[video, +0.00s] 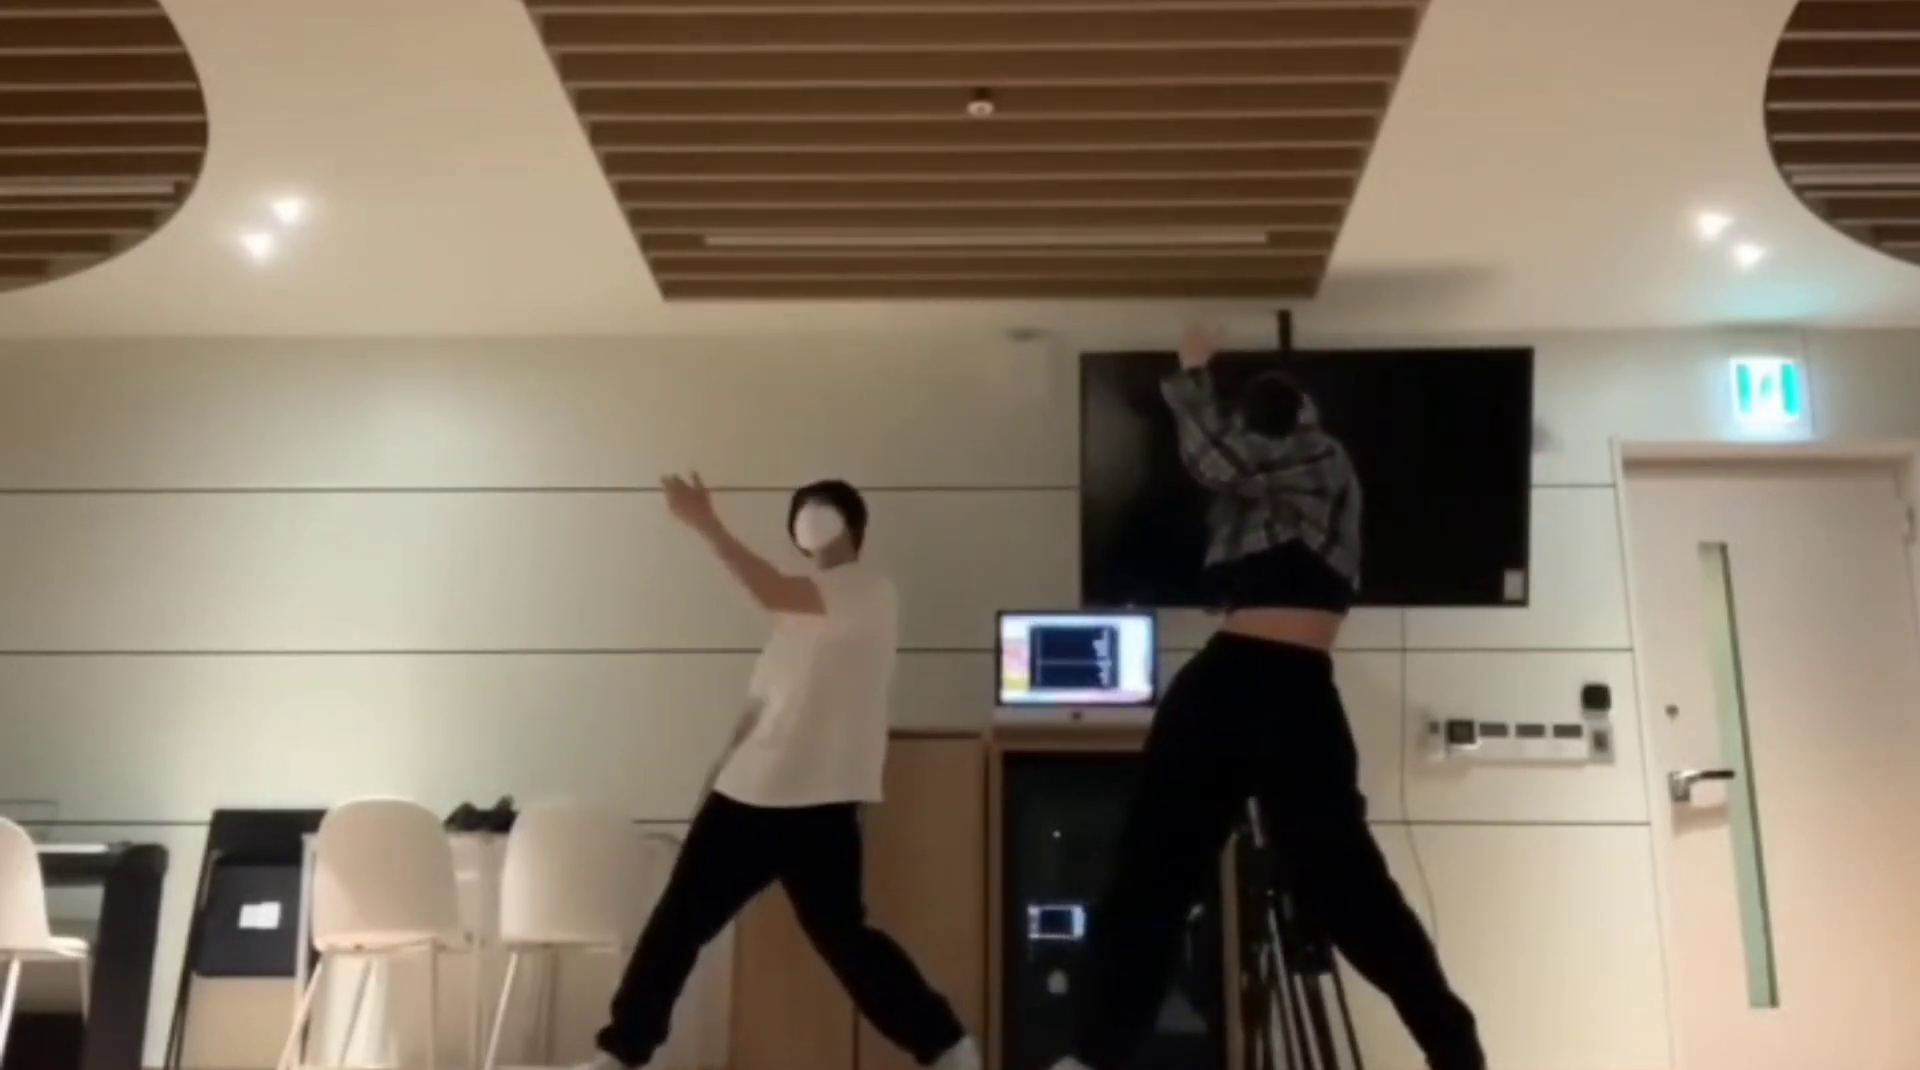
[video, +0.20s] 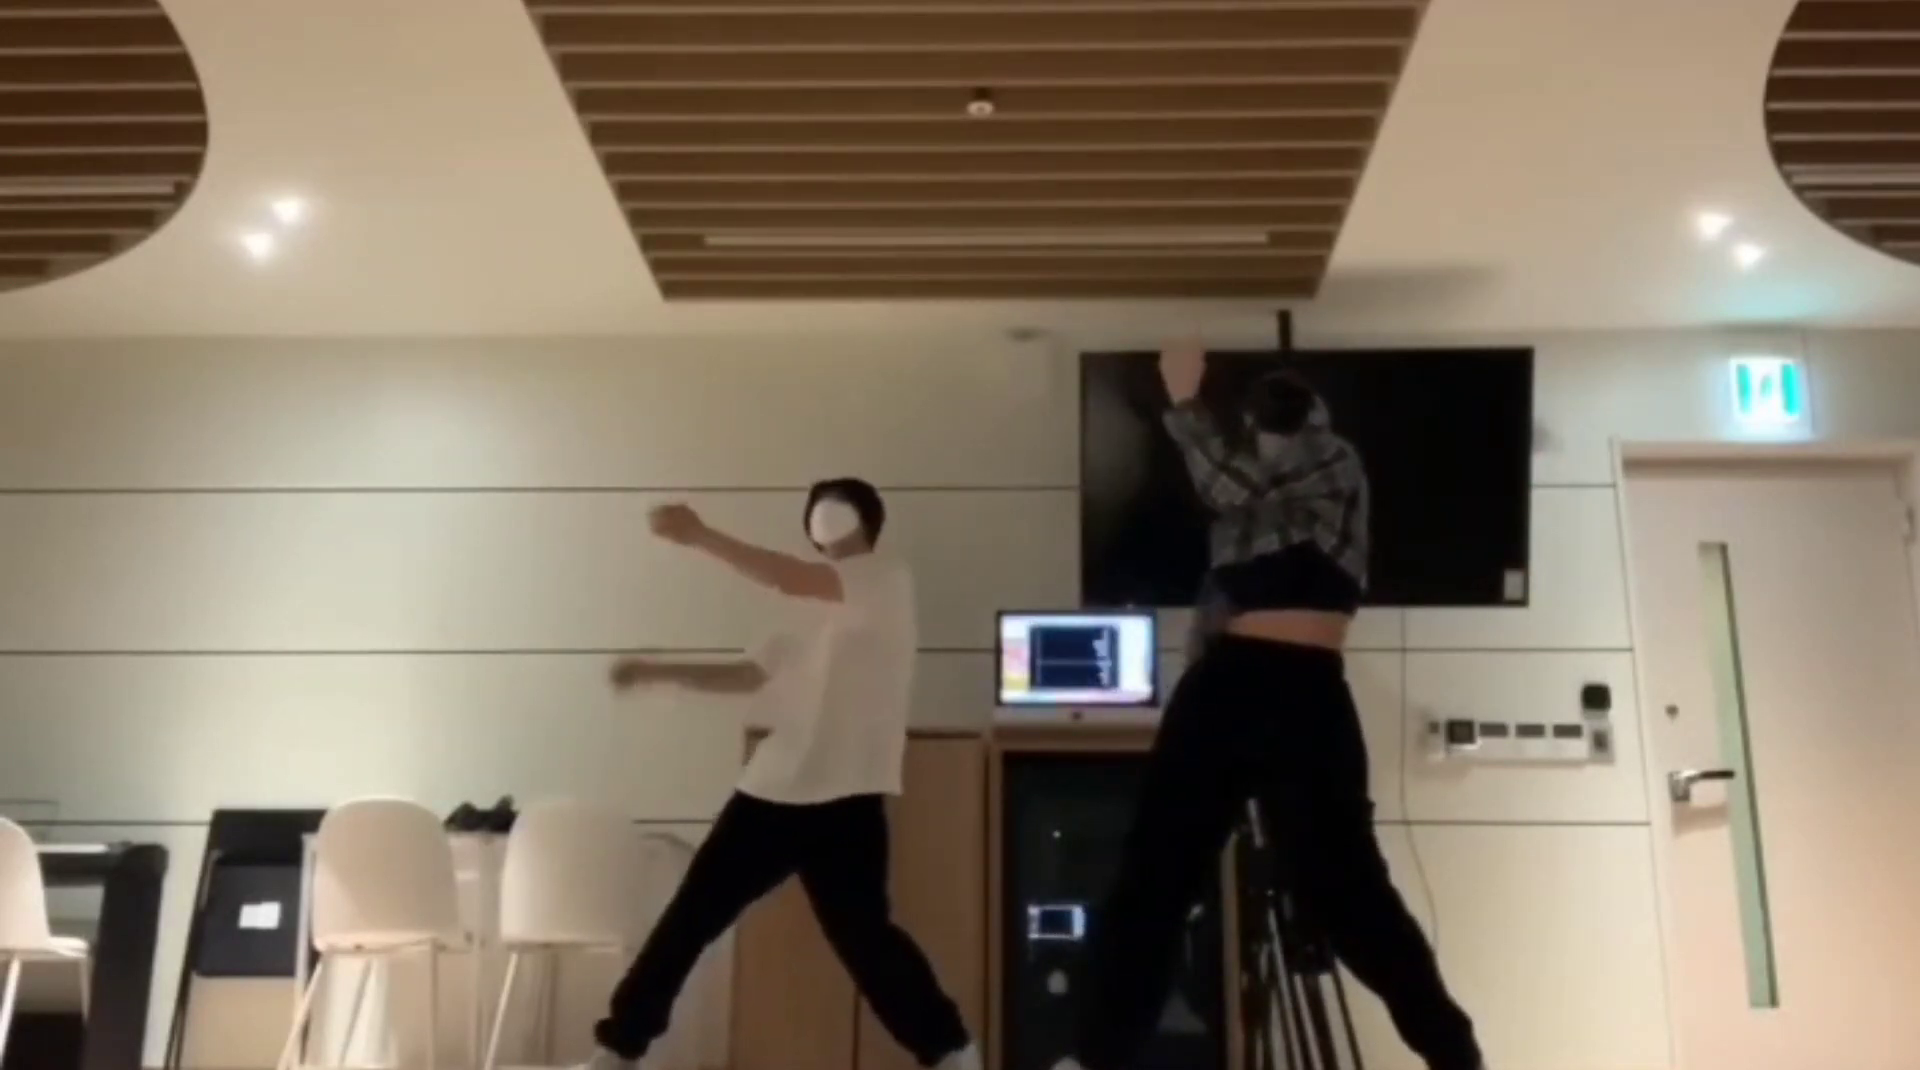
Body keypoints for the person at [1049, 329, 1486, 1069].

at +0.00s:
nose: (1241, 434)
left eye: (1243, 423)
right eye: (1243, 425)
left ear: (1250, 419)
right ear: (1301, 412)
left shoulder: (1261, 462)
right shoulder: (1333, 463)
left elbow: (1212, 460)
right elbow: (1237, 448)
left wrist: (1191, 381)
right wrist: (1208, 389)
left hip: (1232, 677)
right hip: (1303, 683)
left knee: (1156, 863)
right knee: (1342, 874)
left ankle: (1099, 1048)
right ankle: (1453, 1045)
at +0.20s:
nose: (1256, 441)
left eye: (1260, 427)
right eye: (1255, 429)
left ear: (1270, 421)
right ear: (1310, 415)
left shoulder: (1333, 460)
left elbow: (1229, 491)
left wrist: (1185, 405)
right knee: (1347, 888)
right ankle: (1452, 1047)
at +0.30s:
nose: (1264, 402)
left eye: (1267, 391)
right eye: (1266, 392)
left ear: (1281, 388)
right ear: (1329, 380)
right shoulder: (1272, 455)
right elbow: (1280, 557)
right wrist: (1200, 535)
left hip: (1326, 660)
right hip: (1279, 661)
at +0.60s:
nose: (1294, 392)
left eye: (1302, 376)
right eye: (1287, 378)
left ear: (1316, 372)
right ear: (1272, 377)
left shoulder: (1360, 428)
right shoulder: (1234, 446)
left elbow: (1435, 370)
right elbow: (1141, 473)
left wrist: (1342, 387)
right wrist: (1187, 465)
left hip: (1341, 638)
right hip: (1259, 647)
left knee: (1396, 845)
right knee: (1278, 854)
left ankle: (1451, 1045)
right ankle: (1294, 1042)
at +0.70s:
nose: (1278, 378)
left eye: (1285, 364)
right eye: (1270, 365)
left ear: (1290, 369)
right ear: (1264, 375)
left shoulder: (1352, 434)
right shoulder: (1232, 450)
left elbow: (1443, 388)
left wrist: (1351, 398)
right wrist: (1187, 484)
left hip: (1336, 644)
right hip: (1253, 652)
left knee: (1387, 846)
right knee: (1276, 856)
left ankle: (1450, 1047)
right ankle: (1291, 1044)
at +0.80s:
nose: (1264, 408)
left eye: (1277, 390)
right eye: (1252, 392)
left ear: (1305, 381)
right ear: (1237, 389)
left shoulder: (1349, 442)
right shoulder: (1231, 462)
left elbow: (1413, 514)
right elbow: (1207, 562)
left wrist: (1356, 574)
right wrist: (1171, 632)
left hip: (1323, 657)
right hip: (1248, 663)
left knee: (1325, 863)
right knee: (1264, 867)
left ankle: (1423, 1007)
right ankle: (1291, 1046)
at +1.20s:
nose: (1273, 427)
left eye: (1288, 414)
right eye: (1261, 415)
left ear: (1314, 428)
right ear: (1245, 431)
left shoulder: (1337, 501)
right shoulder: (1237, 511)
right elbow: (1150, 592)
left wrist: (1253, 540)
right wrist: (1185, 544)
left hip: (1323, 689)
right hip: (1245, 690)